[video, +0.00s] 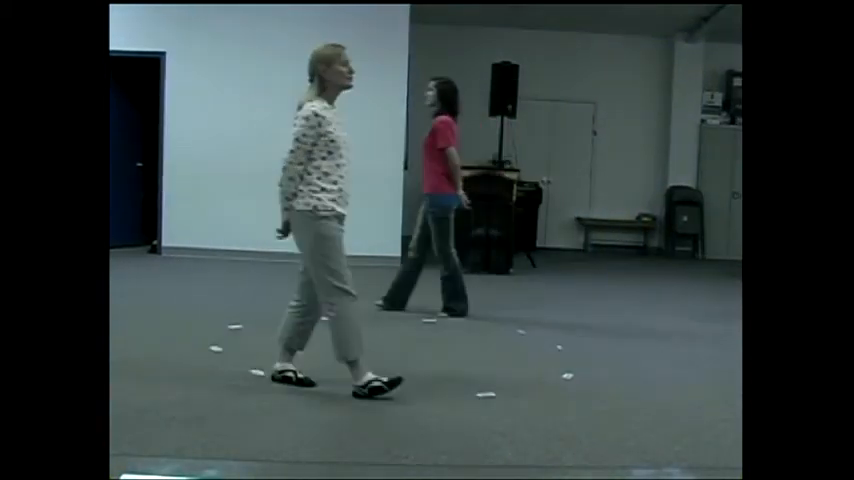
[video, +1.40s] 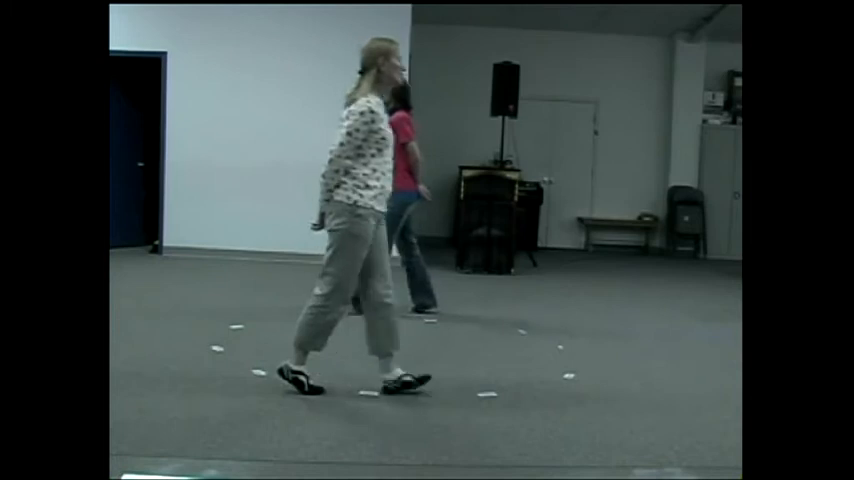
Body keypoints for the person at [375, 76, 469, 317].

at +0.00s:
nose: (426, 94)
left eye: (431, 90)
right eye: (428, 90)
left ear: (442, 96)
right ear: (443, 97)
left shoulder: (442, 123)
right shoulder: (442, 123)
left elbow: (452, 156)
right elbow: (449, 158)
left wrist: (458, 189)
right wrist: (456, 190)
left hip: (440, 194)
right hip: (434, 194)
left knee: (444, 252)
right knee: (416, 250)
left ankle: (456, 306)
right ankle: (395, 299)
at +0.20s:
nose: (412, 91)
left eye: (416, 87)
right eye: (413, 87)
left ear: (428, 92)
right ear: (428, 93)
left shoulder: (431, 121)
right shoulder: (422, 120)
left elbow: (439, 156)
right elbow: (430, 156)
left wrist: (439, 185)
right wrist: (437, 186)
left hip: (422, 191)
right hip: (411, 190)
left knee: (414, 246)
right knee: (401, 247)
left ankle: (446, 294)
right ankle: (394, 299)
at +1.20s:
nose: (392, 96)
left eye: (396, 91)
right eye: (392, 92)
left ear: (408, 95)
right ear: (405, 96)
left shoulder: (412, 122)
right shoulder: (408, 122)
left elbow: (425, 153)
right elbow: (421, 155)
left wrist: (431, 186)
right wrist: (428, 186)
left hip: (413, 193)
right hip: (413, 193)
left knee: (392, 242)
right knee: (413, 244)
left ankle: (418, 298)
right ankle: (426, 300)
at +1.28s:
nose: (387, 94)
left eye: (392, 90)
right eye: (388, 90)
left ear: (403, 93)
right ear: (402, 94)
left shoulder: (408, 120)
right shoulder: (404, 120)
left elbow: (422, 151)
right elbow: (416, 154)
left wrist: (427, 183)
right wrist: (424, 183)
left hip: (409, 190)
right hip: (408, 189)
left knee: (386, 239)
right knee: (412, 244)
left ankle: (398, 298)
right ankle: (425, 301)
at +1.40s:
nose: (385, 97)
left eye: (388, 93)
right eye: (387, 93)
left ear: (394, 96)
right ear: (404, 97)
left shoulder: (400, 119)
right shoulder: (395, 119)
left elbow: (413, 153)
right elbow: (405, 154)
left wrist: (417, 181)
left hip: (400, 191)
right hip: (401, 190)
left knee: (379, 246)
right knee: (409, 248)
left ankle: (361, 297)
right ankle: (424, 301)